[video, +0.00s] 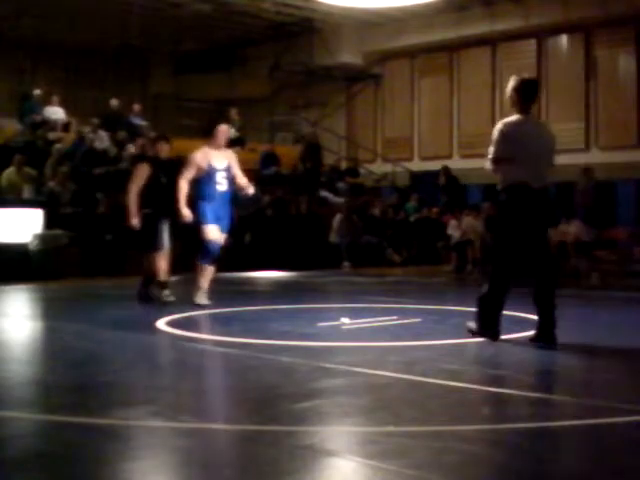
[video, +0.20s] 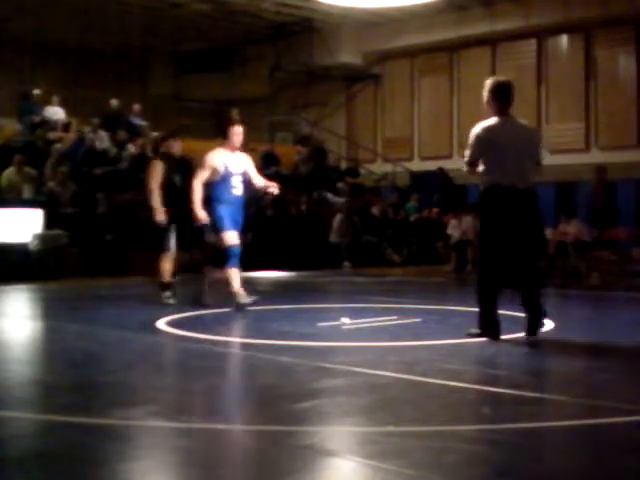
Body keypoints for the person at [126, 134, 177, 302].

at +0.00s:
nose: (164, 150)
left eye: (166, 146)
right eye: (160, 146)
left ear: (169, 149)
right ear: (154, 147)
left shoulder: (170, 166)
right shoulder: (146, 165)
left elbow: (177, 190)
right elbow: (134, 188)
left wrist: (181, 208)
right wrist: (134, 214)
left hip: (166, 213)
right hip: (151, 213)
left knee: (156, 250)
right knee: (161, 249)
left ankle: (147, 285)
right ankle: (162, 285)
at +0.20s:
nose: (177, 147)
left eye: (179, 143)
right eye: (174, 143)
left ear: (182, 145)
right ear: (166, 145)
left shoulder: (186, 163)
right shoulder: (160, 162)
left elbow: (192, 188)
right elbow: (154, 186)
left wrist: (196, 208)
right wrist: (158, 208)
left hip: (185, 211)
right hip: (168, 212)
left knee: (180, 249)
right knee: (168, 250)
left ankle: (172, 282)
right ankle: (166, 286)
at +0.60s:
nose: (218, 146)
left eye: (221, 142)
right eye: (215, 141)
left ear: (224, 145)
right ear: (207, 143)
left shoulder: (224, 165)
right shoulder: (197, 161)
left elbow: (229, 190)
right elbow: (188, 185)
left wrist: (229, 212)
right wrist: (195, 209)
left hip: (221, 214)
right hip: (202, 214)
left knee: (222, 253)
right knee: (198, 252)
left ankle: (224, 293)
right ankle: (179, 282)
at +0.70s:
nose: (227, 143)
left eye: (228, 139)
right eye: (223, 138)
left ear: (230, 142)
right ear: (214, 140)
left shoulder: (233, 164)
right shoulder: (203, 160)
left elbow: (239, 187)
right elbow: (191, 183)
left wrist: (243, 207)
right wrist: (193, 208)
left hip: (229, 212)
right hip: (209, 212)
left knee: (225, 253)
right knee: (208, 250)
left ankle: (225, 293)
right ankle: (196, 285)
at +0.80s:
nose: (232, 142)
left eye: (234, 138)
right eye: (228, 137)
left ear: (237, 141)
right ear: (220, 140)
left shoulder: (240, 164)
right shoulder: (208, 159)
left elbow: (250, 186)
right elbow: (194, 181)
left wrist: (258, 205)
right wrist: (194, 208)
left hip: (236, 210)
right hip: (216, 209)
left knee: (232, 249)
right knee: (220, 248)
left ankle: (224, 287)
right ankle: (218, 286)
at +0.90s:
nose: (235, 142)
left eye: (238, 138)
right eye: (231, 138)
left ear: (242, 141)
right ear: (223, 141)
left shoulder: (246, 164)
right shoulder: (214, 160)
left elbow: (257, 184)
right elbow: (197, 182)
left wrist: (269, 203)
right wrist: (198, 210)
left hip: (241, 211)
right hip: (221, 210)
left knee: (234, 250)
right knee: (228, 249)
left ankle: (229, 284)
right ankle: (229, 287)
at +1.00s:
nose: (239, 143)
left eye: (241, 139)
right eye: (234, 140)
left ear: (245, 141)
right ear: (226, 142)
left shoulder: (250, 164)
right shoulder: (217, 163)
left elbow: (263, 185)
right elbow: (201, 184)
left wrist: (275, 205)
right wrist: (203, 212)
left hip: (245, 213)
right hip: (225, 213)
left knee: (238, 252)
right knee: (233, 252)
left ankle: (230, 286)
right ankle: (237, 288)